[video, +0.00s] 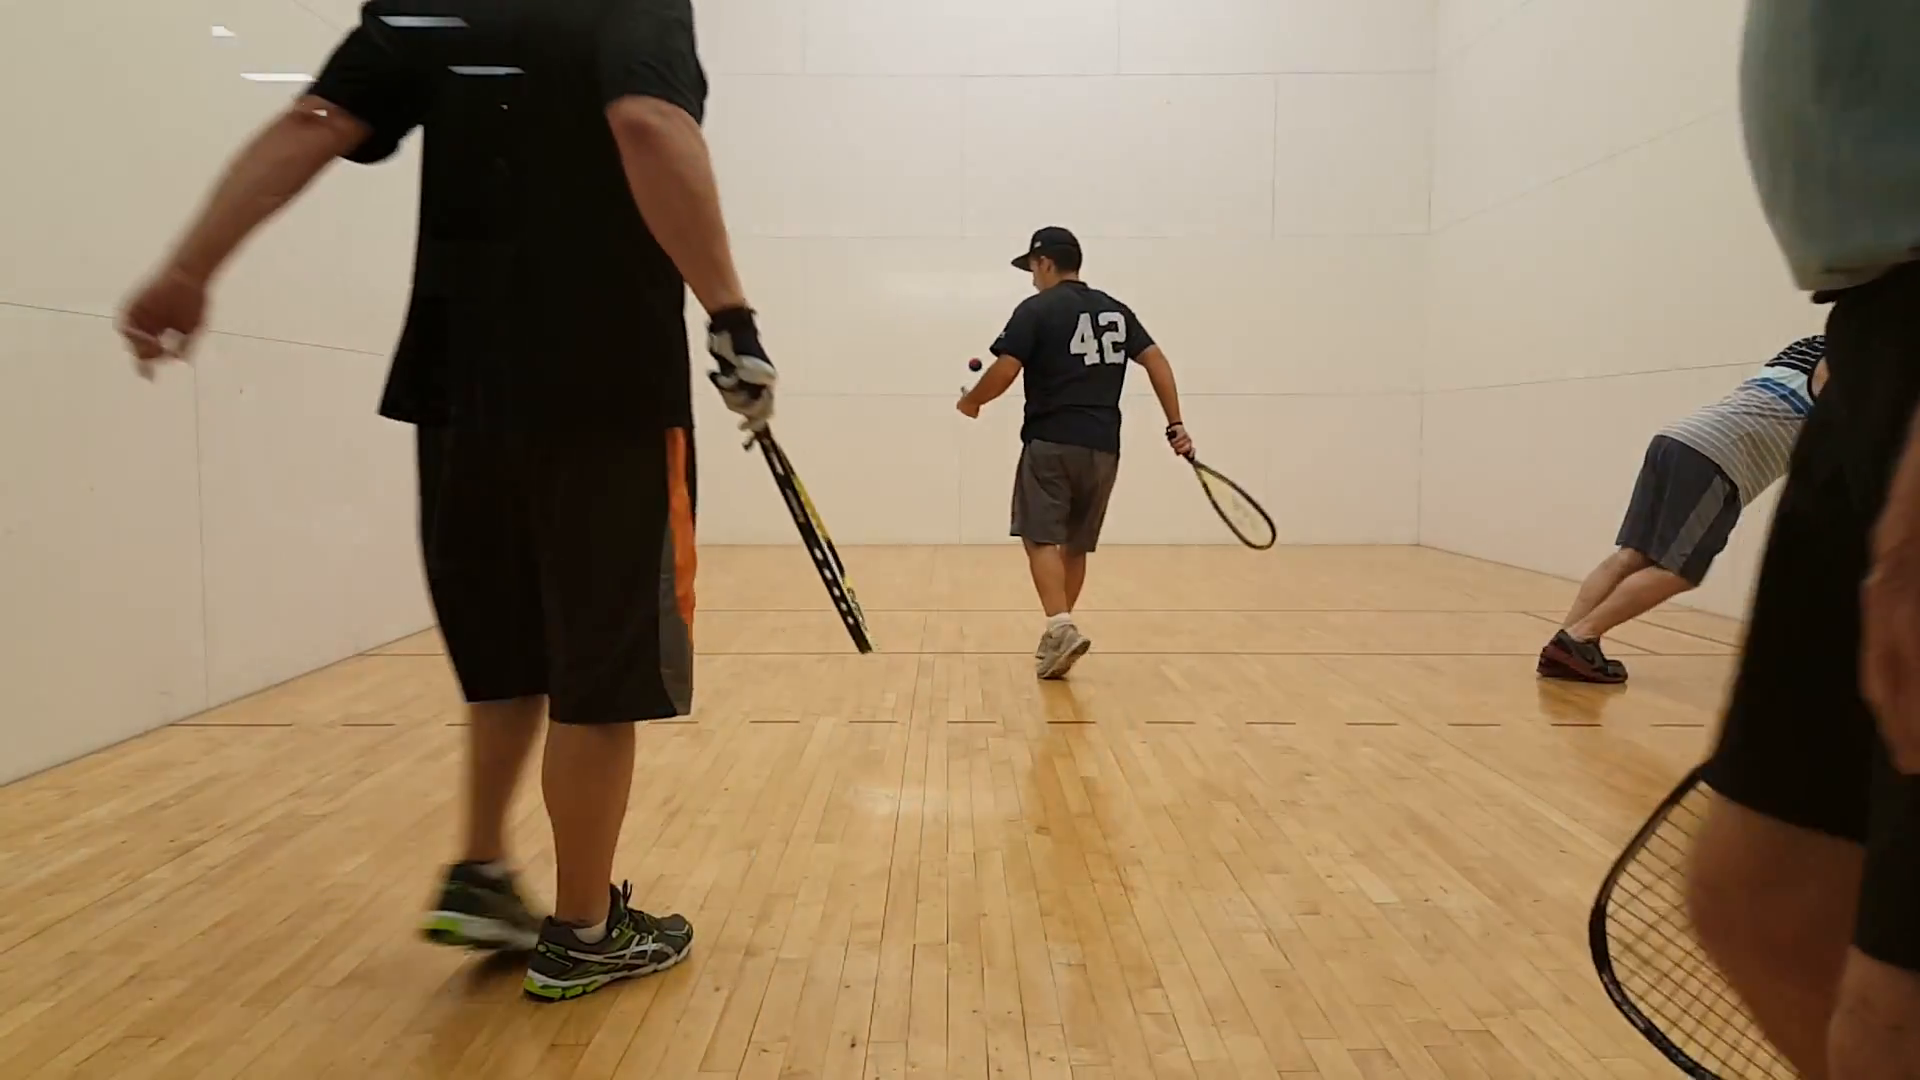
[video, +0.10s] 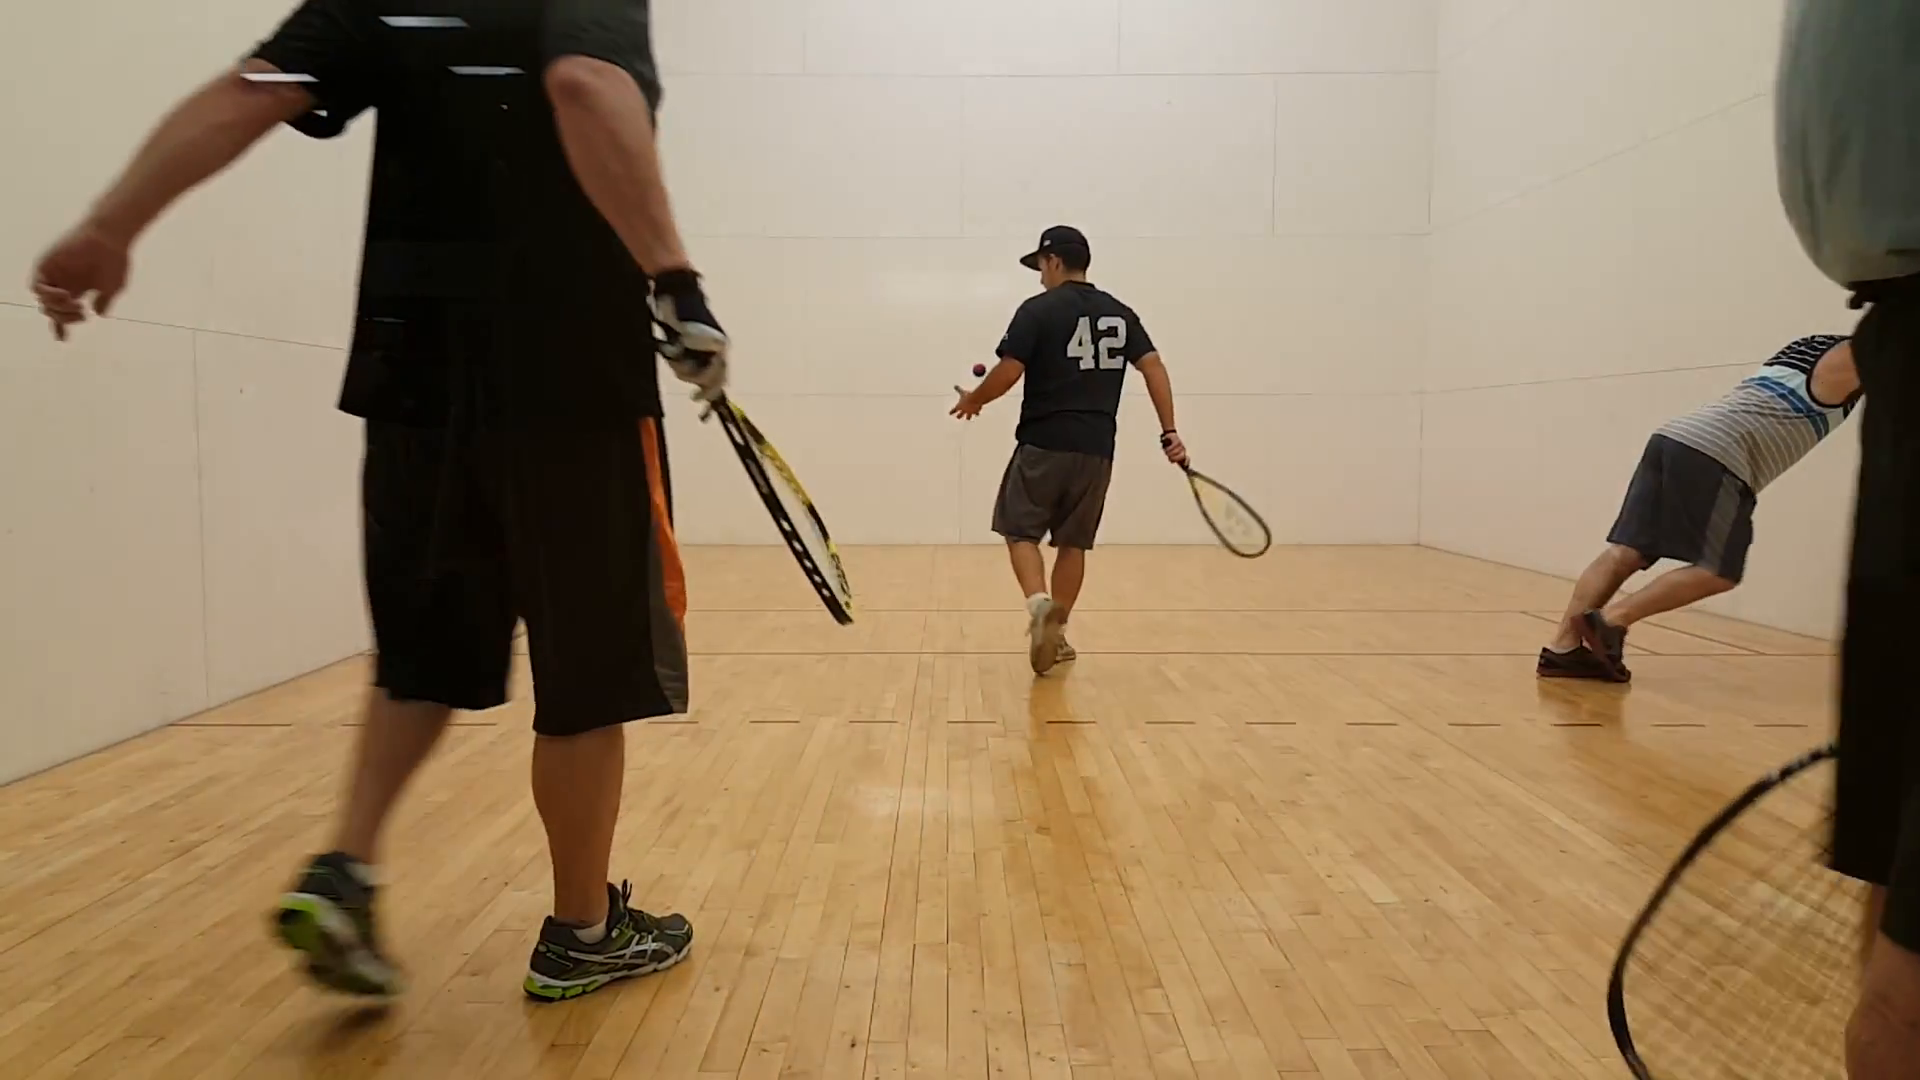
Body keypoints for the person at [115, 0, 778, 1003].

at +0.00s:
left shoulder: (430, 3)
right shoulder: (641, 4)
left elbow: (318, 121)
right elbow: (647, 122)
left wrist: (189, 266)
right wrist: (733, 316)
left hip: (462, 386)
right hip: (603, 388)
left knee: (507, 643)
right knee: (602, 667)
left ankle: (480, 869)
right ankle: (587, 928)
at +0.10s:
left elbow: (256, 87)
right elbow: (584, 84)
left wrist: (110, 225)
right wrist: (677, 278)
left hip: (414, 374)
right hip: (569, 376)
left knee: (428, 641)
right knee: (590, 656)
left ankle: (347, 870)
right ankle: (585, 926)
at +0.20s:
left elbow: (179, 75)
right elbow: (526, 64)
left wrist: (56, 221)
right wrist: (640, 261)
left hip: (363, 364)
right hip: (524, 371)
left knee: (340, 636)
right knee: (564, 641)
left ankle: (215, 899)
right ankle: (583, 925)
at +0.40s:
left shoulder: (174, 2)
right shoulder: (432, 3)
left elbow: (79, 188)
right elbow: (525, 170)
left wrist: (156, 298)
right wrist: (617, 290)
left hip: (222, 402)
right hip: (411, 404)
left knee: (168, 706)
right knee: (489, 669)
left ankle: (102, 1026)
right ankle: (566, 922)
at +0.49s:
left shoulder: (112, 14)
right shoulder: (389, 2)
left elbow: (80, 153)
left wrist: (155, 231)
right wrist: (517, 220)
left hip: (149, 378)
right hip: (345, 373)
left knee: (125, 707)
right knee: (437, 664)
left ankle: (91, 1034)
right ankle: (550, 919)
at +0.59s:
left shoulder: (52, 10)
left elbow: (119, 164)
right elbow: (444, 187)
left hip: (94, 354)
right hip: (302, 351)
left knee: (105, 700)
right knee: (408, 659)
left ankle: (90, 1035)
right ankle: (486, 936)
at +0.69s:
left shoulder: (43, 18)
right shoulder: (316, 7)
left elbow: (119, 167)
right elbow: (391, 142)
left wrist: (370, 198)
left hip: (62, 354)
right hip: (278, 345)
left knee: (83, 701)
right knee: (374, 679)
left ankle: (86, 1035)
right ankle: (385, 988)